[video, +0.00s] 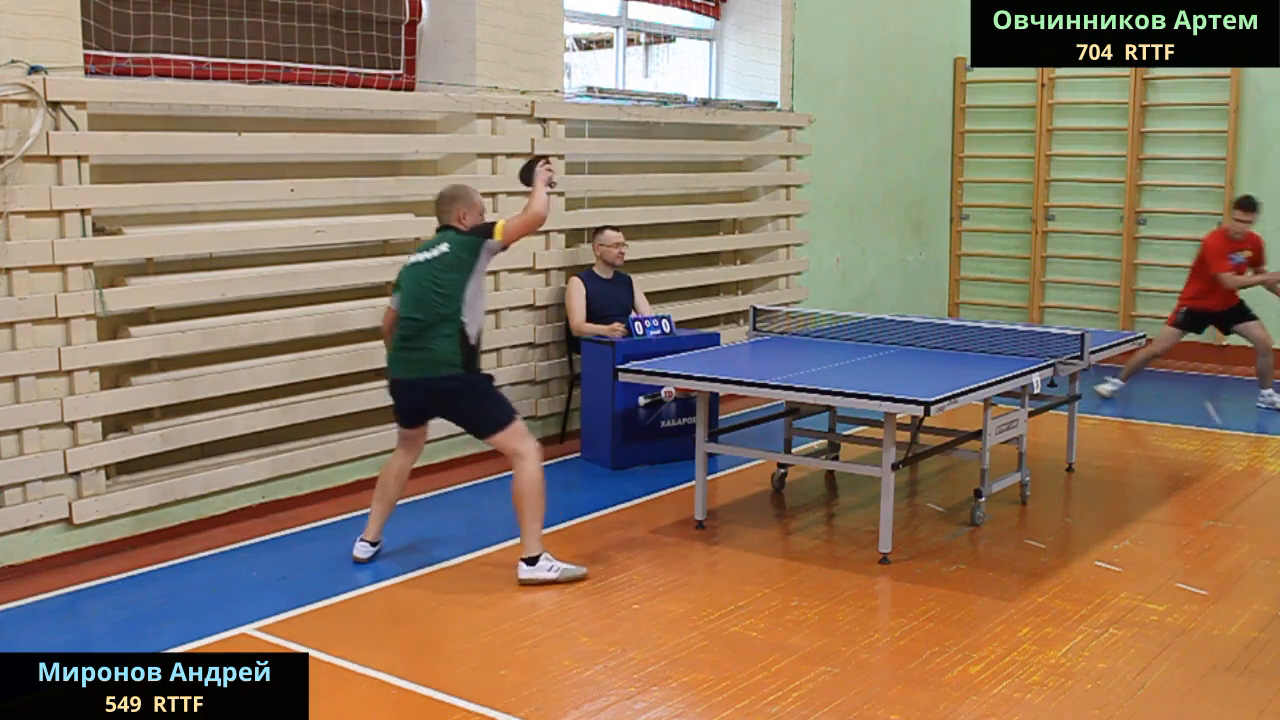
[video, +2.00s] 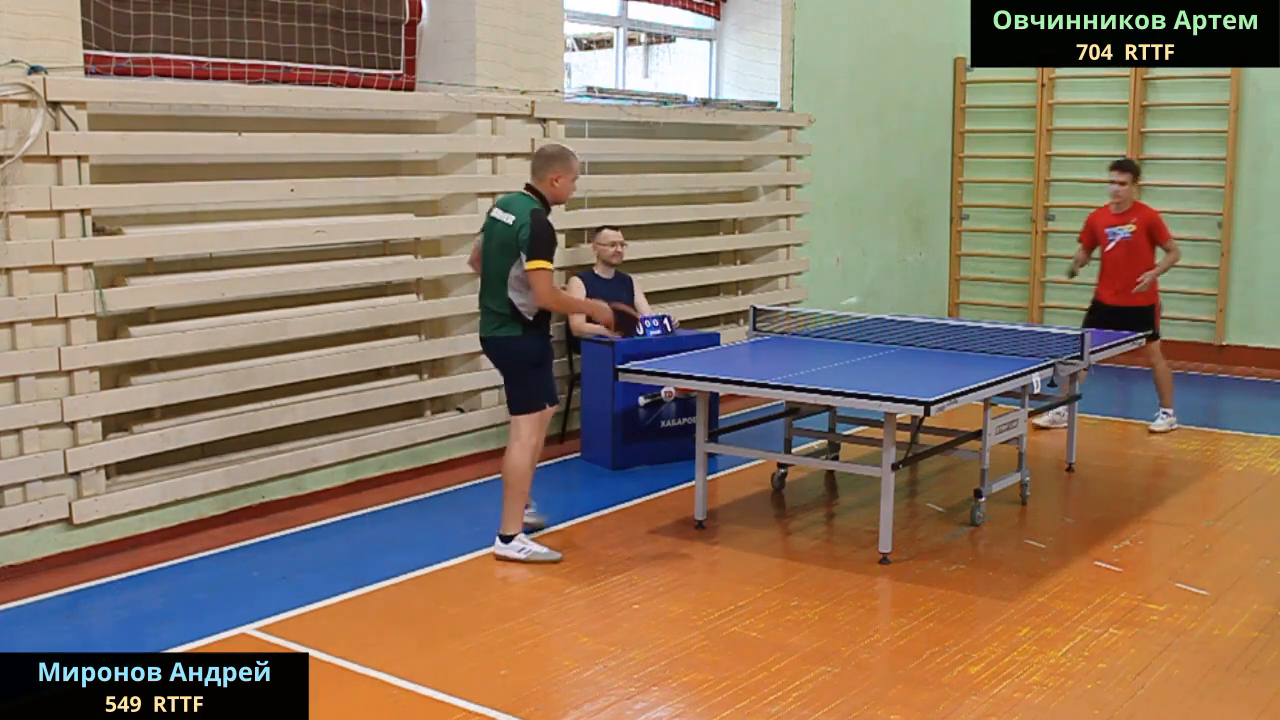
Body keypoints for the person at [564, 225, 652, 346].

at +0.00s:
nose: (622, 251)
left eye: (623, 246)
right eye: (616, 246)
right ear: (597, 249)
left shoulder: (628, 281)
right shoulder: (578, 283)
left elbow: (648, 318)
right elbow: (577, 328)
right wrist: (606, 330)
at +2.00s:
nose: (619, 250)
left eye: (622, 245)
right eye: (612, 245)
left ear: (625, 247)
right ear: (596, 248)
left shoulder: (630, 282)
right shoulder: (579, 282)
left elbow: (649, 318)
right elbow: (578, 327)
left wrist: (666, 322)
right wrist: (611, 333)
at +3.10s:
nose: (618, 250)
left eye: (621, 246)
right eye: (611, 246)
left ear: (624, 248)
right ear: (594, 250)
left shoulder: (629, 282)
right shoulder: (579, 283)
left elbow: (646, 314)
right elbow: (577, 327)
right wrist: (606, 330)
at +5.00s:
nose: (617, 251)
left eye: (621, 246)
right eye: (611, 246)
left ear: (624, 248)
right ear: (595, 249)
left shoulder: (627, 280)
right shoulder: (579, 282)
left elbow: (648, 317)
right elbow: (577, 328)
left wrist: (664, 325)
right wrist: (606, 330)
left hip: (630, 347)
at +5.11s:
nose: (617, 251)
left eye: (621, 246)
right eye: (610, 246)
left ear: (624, 248)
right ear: (595, 249)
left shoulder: (627, 280)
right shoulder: (581, 280)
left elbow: (649, 317)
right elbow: (577, 327)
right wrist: (606, 330)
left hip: (630, 345)